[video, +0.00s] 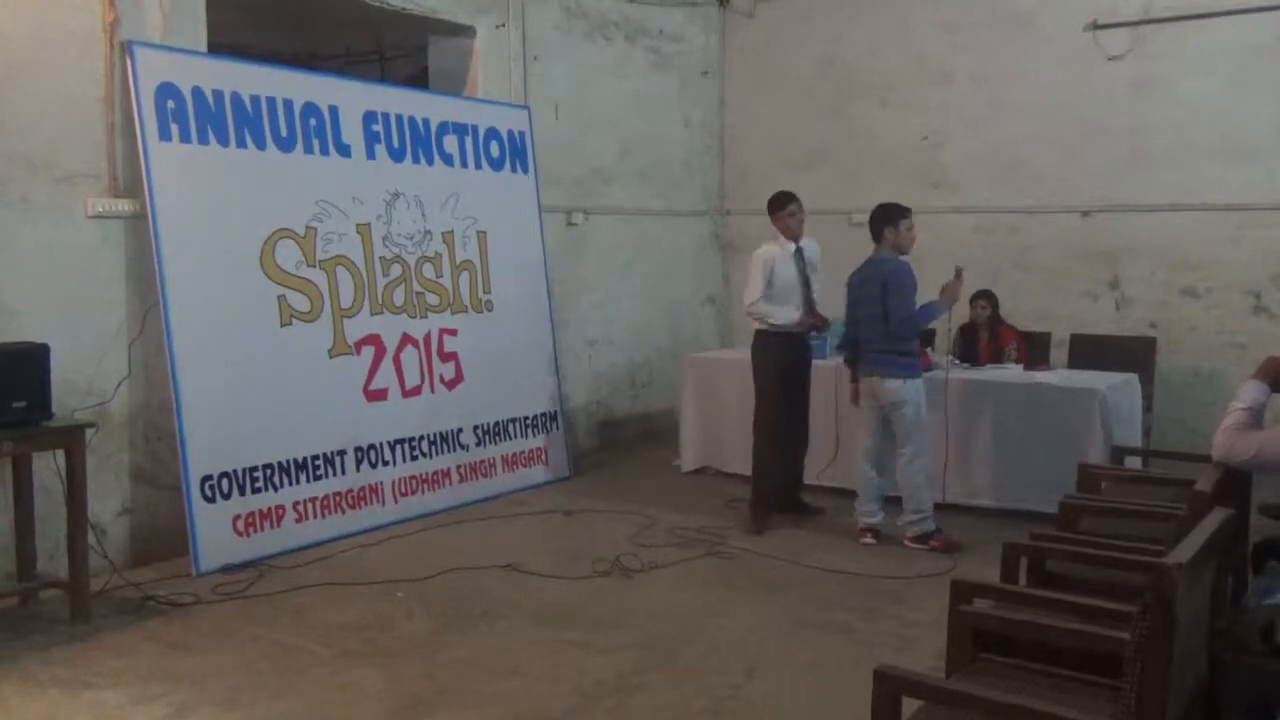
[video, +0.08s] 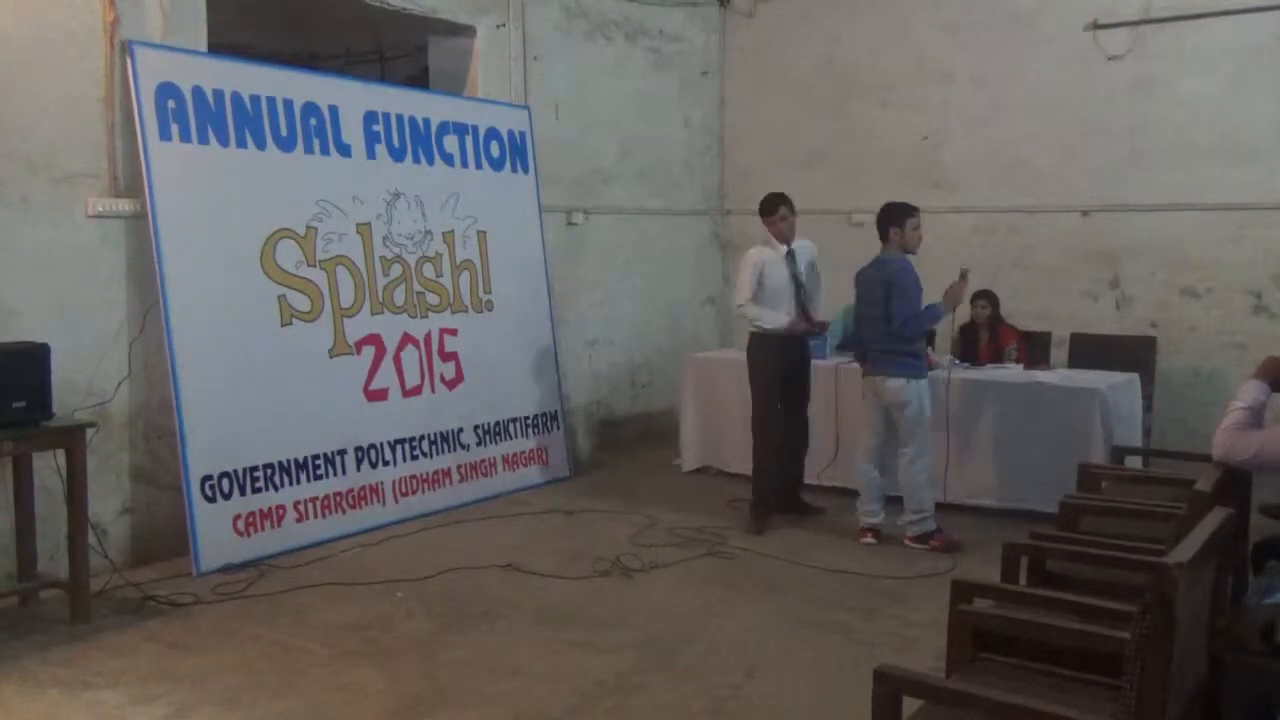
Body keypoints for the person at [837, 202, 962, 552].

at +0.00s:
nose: (914, 236)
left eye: (913, 229)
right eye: (909, 229)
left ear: (883, 234)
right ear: (889, 232)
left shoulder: (858, 275)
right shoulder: (898, 271)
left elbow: (851, 332)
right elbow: (905, 326)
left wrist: (854, 375)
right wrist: (943, 302)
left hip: (870, 377)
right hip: (901, 378)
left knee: (873, 452)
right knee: (913, 452)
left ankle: (868, 524)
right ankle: (920, 527)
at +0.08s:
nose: (921, 235)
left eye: (920, 228)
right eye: (915, 229)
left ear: (890, 234)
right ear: (895, 233)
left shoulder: (864, 274)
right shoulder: (902, 272)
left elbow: (859, 332)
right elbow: (905, 327)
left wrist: (868, 363)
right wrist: (944, 306)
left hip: (874, 375)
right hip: (904, 377)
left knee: (876, 448)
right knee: (915, 452)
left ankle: (869, 523)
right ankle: (920, 527)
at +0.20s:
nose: (931, 234)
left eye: (931, 227)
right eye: (924, 228)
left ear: (900, 235)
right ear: (903, 233)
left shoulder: (878, 273)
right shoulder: (910, 274)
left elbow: (878, 331)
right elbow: (915, 330)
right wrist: (951, 306)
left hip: (884, 375)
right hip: (913, 378)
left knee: (884, 451)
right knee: (920, 454)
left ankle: (870, 522)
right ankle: (920, 527)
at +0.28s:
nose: (937, 234)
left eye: (936, 227)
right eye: (930, 228)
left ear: (907, 234)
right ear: (909, 233)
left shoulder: (890, 272)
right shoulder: (914, 276)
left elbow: (891, 332)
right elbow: (920, 334)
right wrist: (955, 307)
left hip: (890, 375)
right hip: (917, 378)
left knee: (887, 451)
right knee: (923, 455)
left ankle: (871, 520)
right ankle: (920, 528)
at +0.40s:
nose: (943, 235)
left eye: (943, 228)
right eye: (937, 228)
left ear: (915, 233)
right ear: (915, 232)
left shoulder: (898, 272)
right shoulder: (917, 276)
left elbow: (901, 332)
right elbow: (927, 334)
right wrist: (962, 305)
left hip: (902, 375)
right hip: (922, 379)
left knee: (899, 444)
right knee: (926, 452)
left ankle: (876, 510)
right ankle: (920, 527)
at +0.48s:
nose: (946, 234)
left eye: (947, 227)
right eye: (940, 228)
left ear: (921, 233)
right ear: (918, 231)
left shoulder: (912, 271)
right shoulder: (917, 276)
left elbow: (925, 328)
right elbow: (930, 335)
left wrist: (962, 307)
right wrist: (964, 305)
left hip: (913, 376)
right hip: (923, 380)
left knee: (911, 446)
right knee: (924, 453)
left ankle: (885, 505)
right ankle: (920, 527)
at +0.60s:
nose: (952, 234)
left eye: (953, 227)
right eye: (946, 227)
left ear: (931, 232)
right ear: (923, 231)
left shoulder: (928, 271)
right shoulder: (920, 275)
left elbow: (937, 325)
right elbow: (933, 332)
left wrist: (967, 307)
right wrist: (966, 304)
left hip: (933, 377)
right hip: (928, 379)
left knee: (932, 448)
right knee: (931, 451)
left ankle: (910, 514)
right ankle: (920, 529)